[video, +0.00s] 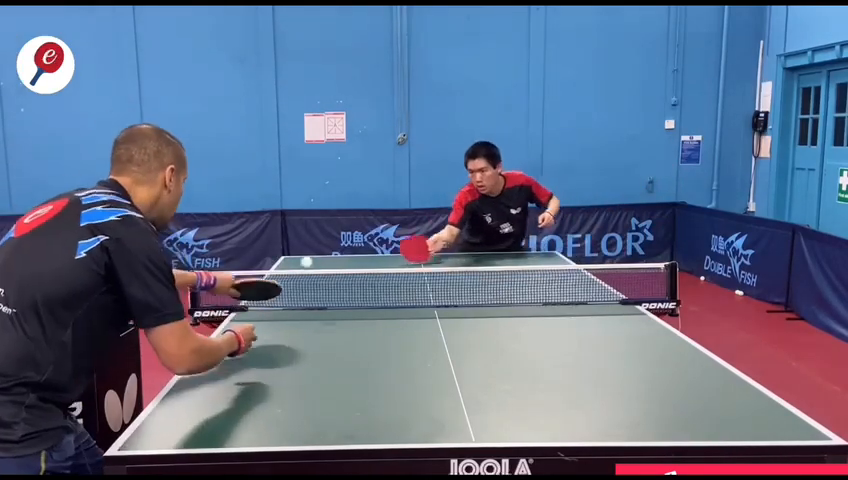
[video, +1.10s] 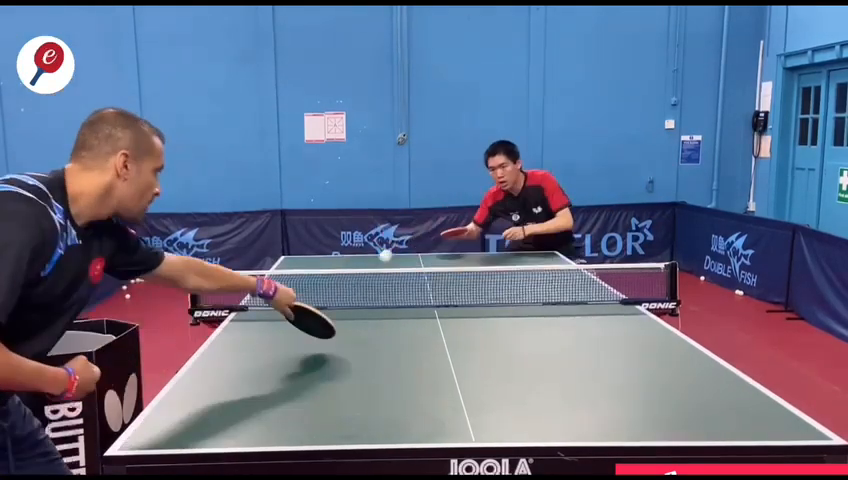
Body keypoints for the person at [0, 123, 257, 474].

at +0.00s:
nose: (180, 199)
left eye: (184, 188)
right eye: (183, 187)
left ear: (119, 168)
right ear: (168, 178)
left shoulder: (67, 206)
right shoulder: (130, 230)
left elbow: (124, 277)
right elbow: (183, 356)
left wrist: (206, 280)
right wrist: (230, 341)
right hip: (20, 422)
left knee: (92, 464)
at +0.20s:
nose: (152, 166)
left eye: (154, 154)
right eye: (154, 153)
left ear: (82, 145)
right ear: (136, 149)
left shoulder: (24, 193)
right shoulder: (100, 218)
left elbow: (70, 274)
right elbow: (152, 354)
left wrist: (164, 283)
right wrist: (206, 343)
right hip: (27, 445)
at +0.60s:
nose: (134, 163)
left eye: (137, 149)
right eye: (136, 148)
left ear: (60, 134)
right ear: (115, 139)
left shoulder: (12, 180)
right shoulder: (77, 205)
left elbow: (32, 299)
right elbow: (97, 357)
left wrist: (121, 320)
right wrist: (159, 367)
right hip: (12, 443)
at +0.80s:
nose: (165, 193)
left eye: (169, 180)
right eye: (166, 177)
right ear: (142, 166)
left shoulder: (38, 195)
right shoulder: (75, 217)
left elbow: (61, 317)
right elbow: (45, 360)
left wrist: (151, 325)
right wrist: (132, 381)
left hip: (16, 429)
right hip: (10, 438)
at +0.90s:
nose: (176, 204)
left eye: (179, 190)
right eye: (176, 187)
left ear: (146, 177)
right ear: (148, 176)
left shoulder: (82, 224)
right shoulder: (64, 226)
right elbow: (16, 360)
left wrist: (198, 319)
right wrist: (110, 386)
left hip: (18, 416)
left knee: (63, 470)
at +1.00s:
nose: (173, 205)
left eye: (176, 191)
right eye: (172, 189)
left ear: (139, 180)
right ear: (141, 179)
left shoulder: (102, 236)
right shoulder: (42, 229)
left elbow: (174, 298)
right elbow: (2, 354)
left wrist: (267, 311)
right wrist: (84, 387)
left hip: (16, 406)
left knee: (64, 472)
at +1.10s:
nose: (158, 189)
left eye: (159, 175)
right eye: (155, 172)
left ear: (125, 168)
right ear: (122, 166)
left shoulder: (100, 231)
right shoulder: (22, 219)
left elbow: (183, 272)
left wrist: (266, 288)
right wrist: (62, 381)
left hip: (12, 404)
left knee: (50, 471)